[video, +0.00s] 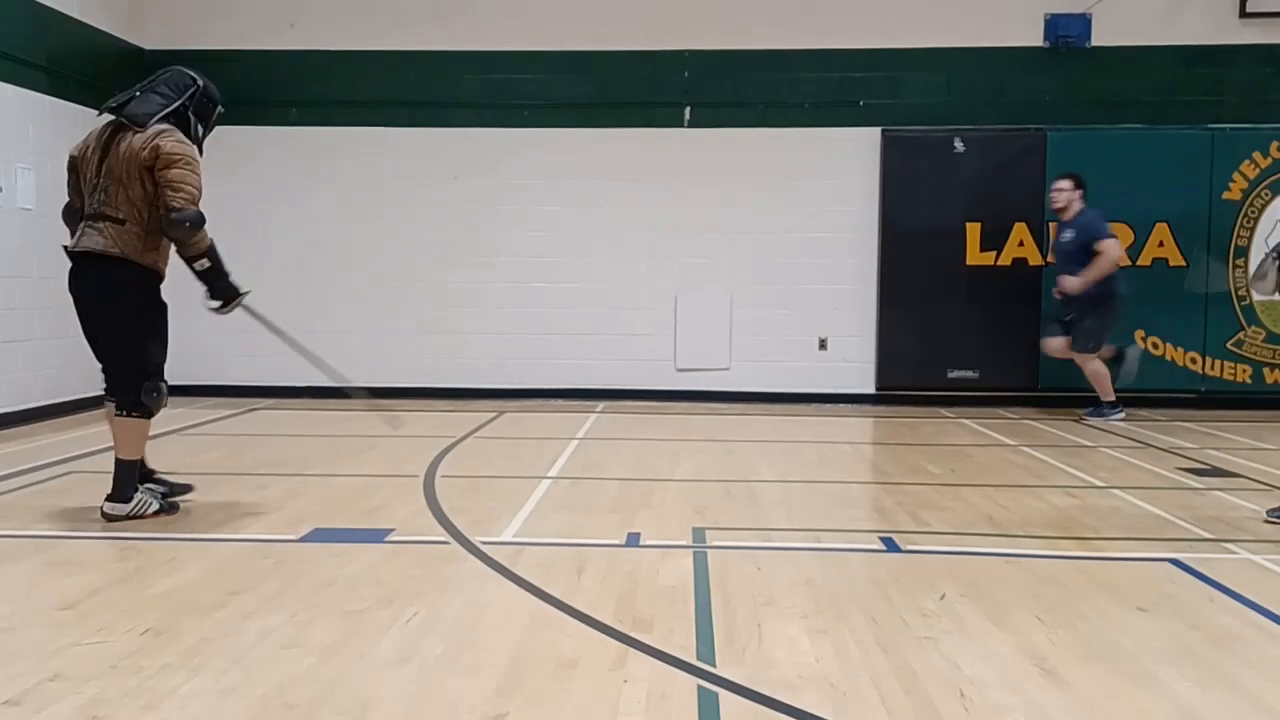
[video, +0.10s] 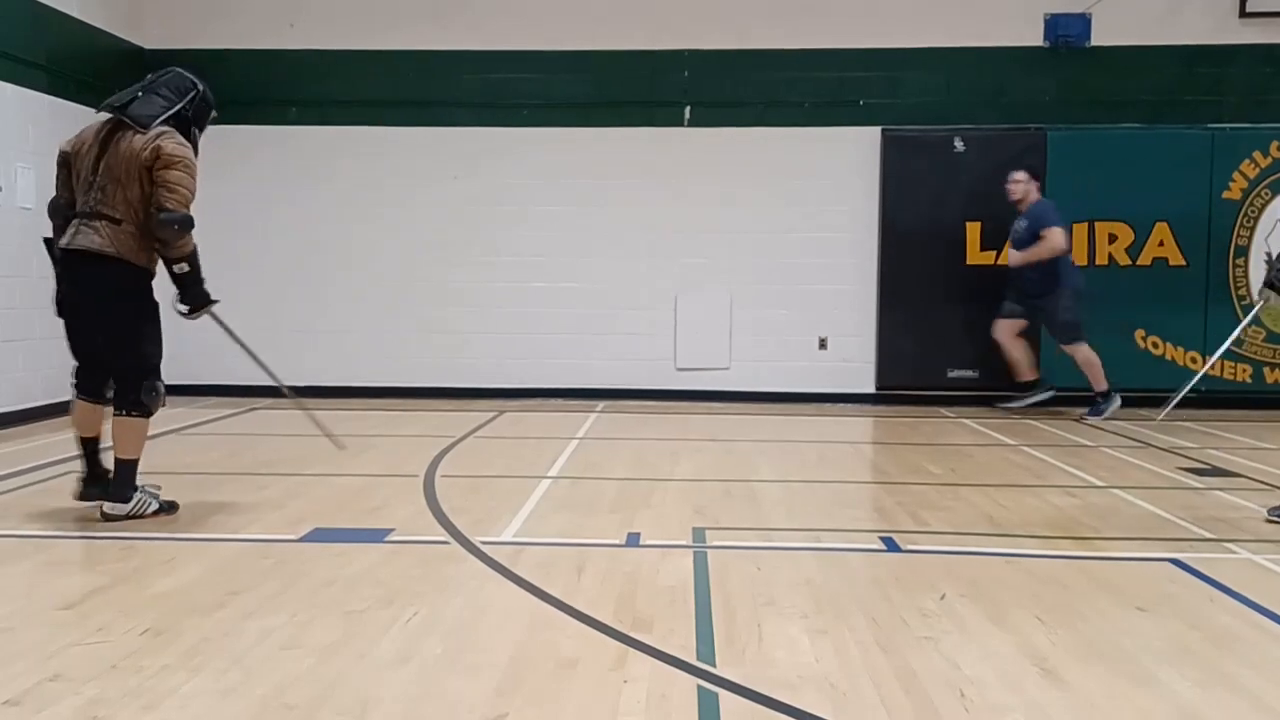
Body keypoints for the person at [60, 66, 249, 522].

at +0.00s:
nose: (204, 129)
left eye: (207, 120)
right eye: (204, 118)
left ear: (157, 95)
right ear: (188, 109)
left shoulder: (102, 134)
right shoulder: (172, 143)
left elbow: (76, 210)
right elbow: (183, 221)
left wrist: (98, 240)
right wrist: (216, 276)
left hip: (88, 271)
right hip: (128, 276)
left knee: (122, 376)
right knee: (140, 380)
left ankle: (137, 473)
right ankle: (124, 494)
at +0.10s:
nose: (198, 131)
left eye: (201, 123)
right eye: (199, 121)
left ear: (148, 98)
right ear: (185, 112)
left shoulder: (91, 135)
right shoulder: (171, 146)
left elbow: (62, 209)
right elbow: (170, 222)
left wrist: (70, 263)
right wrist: (190, 280)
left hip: (74, 269)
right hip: (122, 276)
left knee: (92, 371)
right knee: (140, 379)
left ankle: (93, 476)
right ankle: (124, 491)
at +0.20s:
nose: (188, 128)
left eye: (190, 120)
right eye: (188, 119)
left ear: (138, 96)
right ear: (175, 111)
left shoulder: (81, 134)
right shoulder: (165, 149)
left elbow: (49, 209)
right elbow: (166, 228)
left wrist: (50, 270)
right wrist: (176, 286)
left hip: (63, 274)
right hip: (116, 281)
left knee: (64, 371)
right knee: (138, 383)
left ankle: (41, 473)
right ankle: (124, 493)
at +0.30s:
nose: (175, 130)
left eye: (177, 122)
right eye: (175, 120)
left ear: (124, 97)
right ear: (162, 114)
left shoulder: (67, 138)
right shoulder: (153, 152)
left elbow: (36, 212)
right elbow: (160, 232)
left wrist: (42, 270)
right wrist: (168, 287)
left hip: (52, 279)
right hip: (108, 286)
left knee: (36, 372)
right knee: (140, 384)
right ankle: (125, 493)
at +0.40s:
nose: (156, 126)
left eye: (158, 118)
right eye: (156, 117)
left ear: (103, 99)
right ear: (145, 114)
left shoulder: (48, 143)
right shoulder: (137, 156)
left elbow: (22, 217)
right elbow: (148, 236)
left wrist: (30, 268)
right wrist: (157, 287)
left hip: (38, 291)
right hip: (95, 296)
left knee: (7, 378)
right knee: (142, 385)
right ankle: (124, 493)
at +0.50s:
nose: (132, 135)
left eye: (132, 125)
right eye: (131, 125)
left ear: (73, 110)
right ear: (119, 123)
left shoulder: (23, 155)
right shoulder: (113, 164)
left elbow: (1, 221)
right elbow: (130, 240)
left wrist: (12, 270)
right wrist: (147, 293)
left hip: (21, 307)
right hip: (78, 309)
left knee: (1, 383)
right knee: (141, 388)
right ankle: (126, 492)